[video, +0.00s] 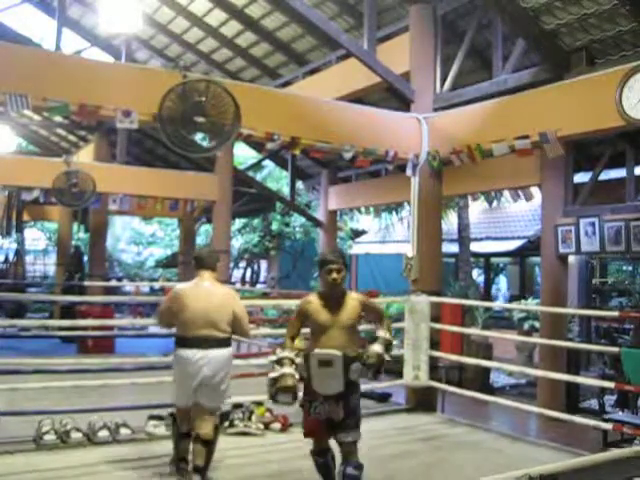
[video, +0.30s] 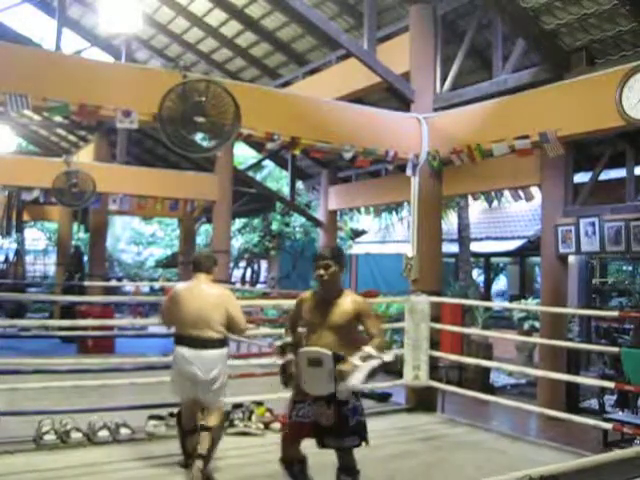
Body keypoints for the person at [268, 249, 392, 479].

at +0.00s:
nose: (334, 276)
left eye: (339, 271)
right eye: (329, 272)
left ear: (345, 274)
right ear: (320, 275)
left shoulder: (357, 301)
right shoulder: (308, 305)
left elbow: (383, 320)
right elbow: (290, 337)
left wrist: (379, 345)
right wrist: (286, 367)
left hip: (348, 371)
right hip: (316, 372)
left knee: (348, 440)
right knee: (318, 439)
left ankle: (350, 473)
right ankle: (328, 475)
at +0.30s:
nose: (321, 273)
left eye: (327, 268)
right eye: (318, 268)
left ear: (340, 270)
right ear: (313, 271)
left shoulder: (356, 304)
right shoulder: (304, 302)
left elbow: (379, 338)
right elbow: (292, 329)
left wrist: (353, 363)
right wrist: (293, 359)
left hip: (340, 387)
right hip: (307, 385)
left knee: (344, 453)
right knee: (289, 447)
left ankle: (347, 475)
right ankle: (300, 475)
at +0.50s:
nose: (299, 276)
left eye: (305, 270)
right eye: (297, 271)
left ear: (321, 273)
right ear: (295, 275)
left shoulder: (339, 303)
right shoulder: (295, 304)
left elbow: (352, 339)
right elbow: (293, 338)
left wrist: (325, 349)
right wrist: (293, 355)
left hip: (328, 381)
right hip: (298, 380)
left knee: (336, 452)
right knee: (281, 446)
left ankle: (343, 470)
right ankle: (278, 472)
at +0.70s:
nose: (271, 274)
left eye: (276, 268)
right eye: (271, 269)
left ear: (293, 272)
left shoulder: (309, 301)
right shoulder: (282, 304)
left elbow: (323, 341)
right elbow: (284, 341)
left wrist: (298, 352)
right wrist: (270, 358)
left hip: (302, 380)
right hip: (279, 378)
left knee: (310, 449)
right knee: (267, 443)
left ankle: (327, 472)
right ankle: (265, 471)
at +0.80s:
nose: (257, 272)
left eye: (262, 267)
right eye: (257, 268)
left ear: (281, 269)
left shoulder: (297, 299)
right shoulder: (271, 301)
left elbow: (310, 340)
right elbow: (271, 340)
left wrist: (283, 355)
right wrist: (257, 359)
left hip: (289, 381)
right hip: (267, 378)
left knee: (299, 461)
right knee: (260, 449)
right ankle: (261, 470)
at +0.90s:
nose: (247, 273)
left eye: (252, 267)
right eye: (247, 267)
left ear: (270, 271)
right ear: (264, 272)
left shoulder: (288, 299)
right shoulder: (261, 301)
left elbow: (301, 341)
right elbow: (262, 340)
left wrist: (268, 360)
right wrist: (246, 354)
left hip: (280, 383)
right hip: (259, 381)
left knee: (274, 460)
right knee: (253, 448)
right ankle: (258, 473)